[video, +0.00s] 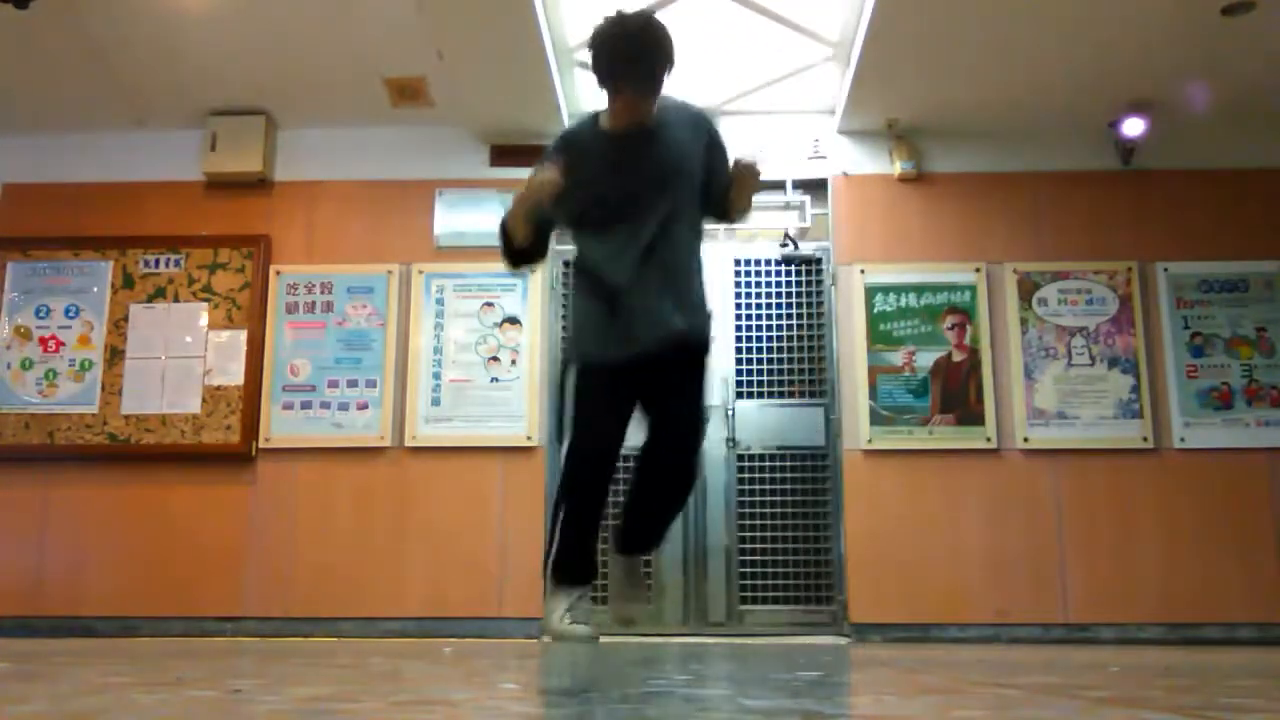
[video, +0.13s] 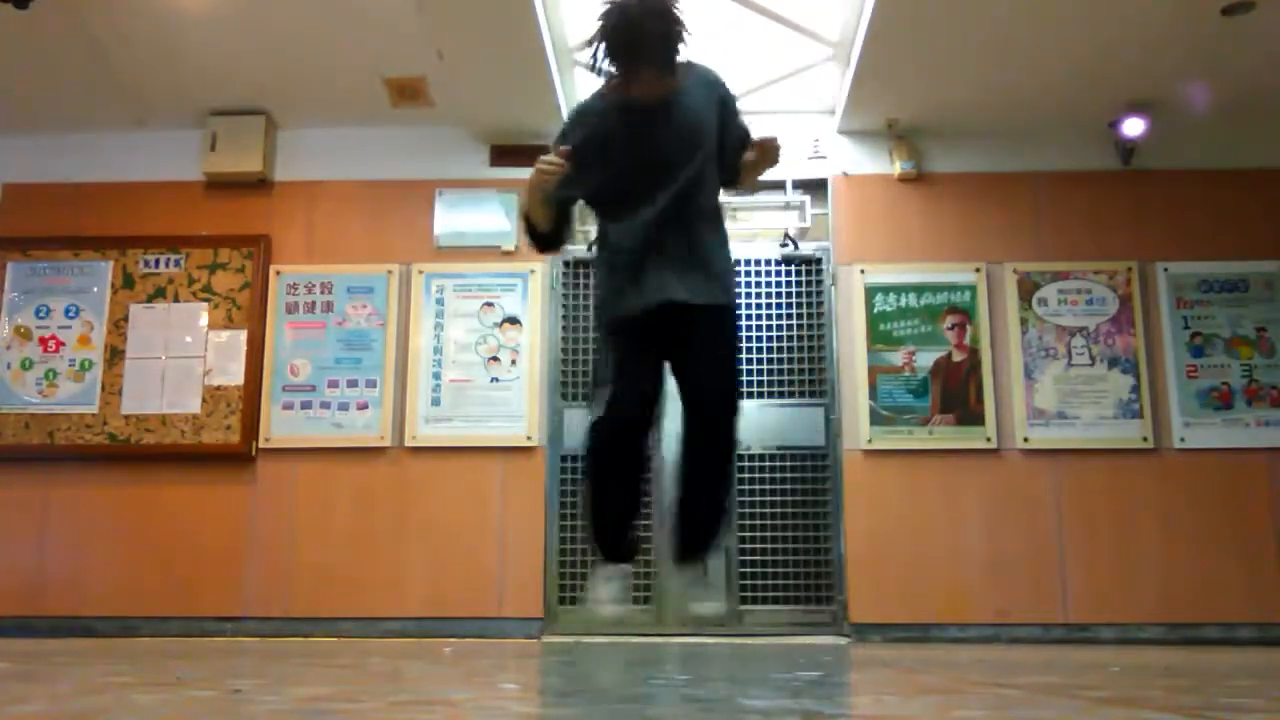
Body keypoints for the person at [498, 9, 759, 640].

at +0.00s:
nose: (640, 105)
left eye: (649, 92)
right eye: (629, 92)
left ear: (662, 79)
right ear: (606, 82)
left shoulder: (691, 130)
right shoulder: (575, 147)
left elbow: (719, 205)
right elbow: (520, 249)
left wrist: (738, 192)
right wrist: (531, 201)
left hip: (677, 320)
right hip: (601, 325)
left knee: (678, 451)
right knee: (593, 452)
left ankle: (633, 549)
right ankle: (569, 588)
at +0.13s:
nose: (651, 90)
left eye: (660, 77)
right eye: (637, 80)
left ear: (674, 59)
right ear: (615, 68)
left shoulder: (704, 90)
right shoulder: (590, 123)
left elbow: (730, 173)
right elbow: (548, 231)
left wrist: (752, 162)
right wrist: (539, 193)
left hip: (703, 282)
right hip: (629, 288)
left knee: (713, 417)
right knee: (627, 413)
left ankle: (694, 563)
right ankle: (612, 564)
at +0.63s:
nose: (718, 92)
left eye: (731, 80)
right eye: (713, 76)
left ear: (745, 73)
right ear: (690, 56)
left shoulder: (755, 128)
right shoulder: (629, 104)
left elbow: (817, 190)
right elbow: (546, 136)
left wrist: (856, 140)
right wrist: (515, 100)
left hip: (693, 304)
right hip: (615, 295)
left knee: (687, 435)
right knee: (624, 426)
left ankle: (656, 573)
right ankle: (612, 572)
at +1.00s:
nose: (721, 70)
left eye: (733, 55)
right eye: (712, 55)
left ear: (745, 49)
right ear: (687, 44)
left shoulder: (764, 103)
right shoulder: (637, 118)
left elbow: (819, 156)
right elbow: (561, 170)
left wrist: (874, 129)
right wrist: (530, 121)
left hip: (753, 304)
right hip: (679, 310)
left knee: (744, 439)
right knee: (685, 436)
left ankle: (718, 574)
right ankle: (669, 568)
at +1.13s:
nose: (721, 74)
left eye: (734, 60)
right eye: (710, 57)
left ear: (752, 55)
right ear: (691, 52)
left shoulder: (775, 119)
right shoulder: (654, 139)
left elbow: (821, 166)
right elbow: (584, 216)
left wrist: (883, 145)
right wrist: (556, 193)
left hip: (776, 320)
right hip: (696, 329)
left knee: (784, 458)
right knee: (709, 467)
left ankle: (786, 596)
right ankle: (715, 597)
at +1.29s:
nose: (749, 102)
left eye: (760, 88)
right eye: (738, 88)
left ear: (776, 88)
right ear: (716, 85)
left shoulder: (804, 153)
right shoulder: (679, 174)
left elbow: (872, 177)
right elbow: (628, 247)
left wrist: (954, 162)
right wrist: (603, 277)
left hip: (802, 343)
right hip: (724, 349)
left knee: (824, 478)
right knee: (751, 455)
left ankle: (796, 605)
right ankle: (721, 555)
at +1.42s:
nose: (756, 69)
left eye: (768, 58)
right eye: (747, 55)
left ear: (785, 54)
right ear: (728, 47)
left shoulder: (807, 107)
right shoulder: (691, 119)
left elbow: (871, 134)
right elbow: (622, 171)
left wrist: (911, 119)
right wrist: (668, 166)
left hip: (808, 279)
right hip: (729, 275)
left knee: (812, 428)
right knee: (799, 325)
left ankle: (793, 579)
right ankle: (762, 464)